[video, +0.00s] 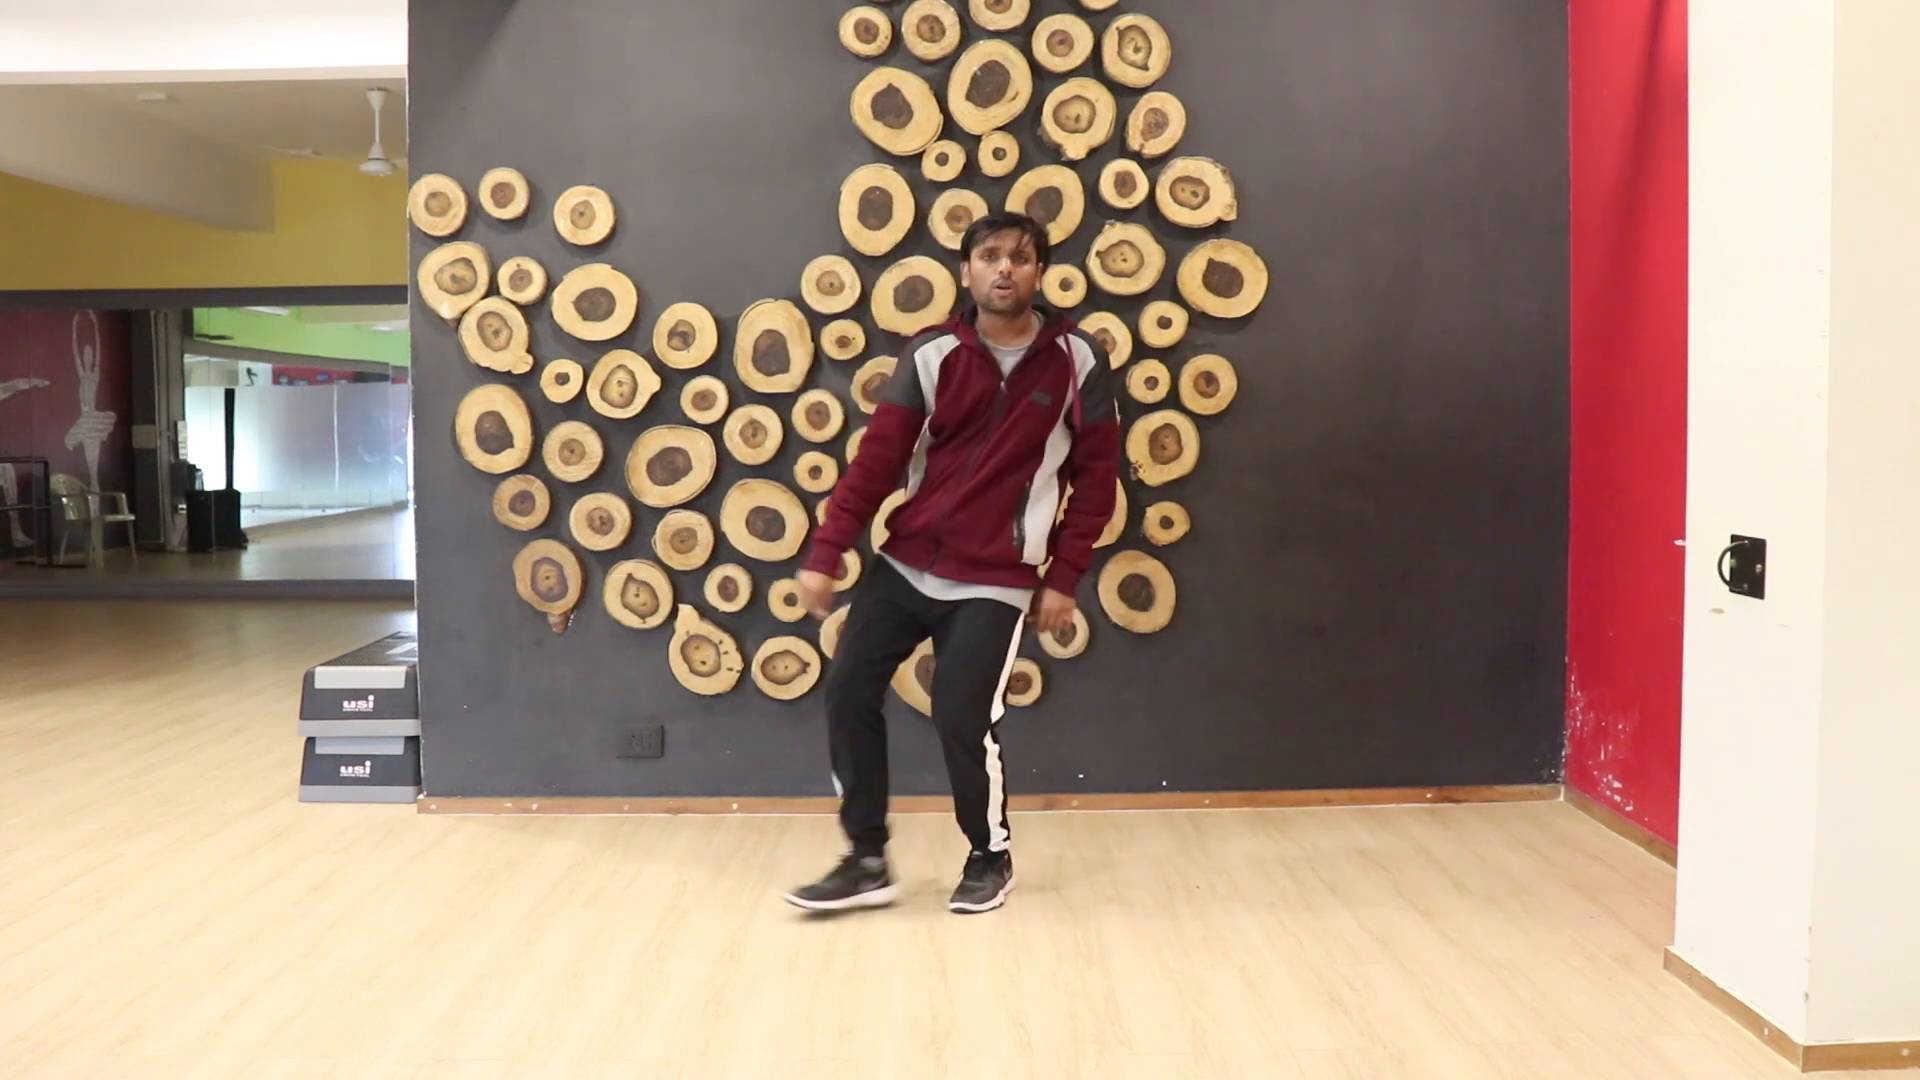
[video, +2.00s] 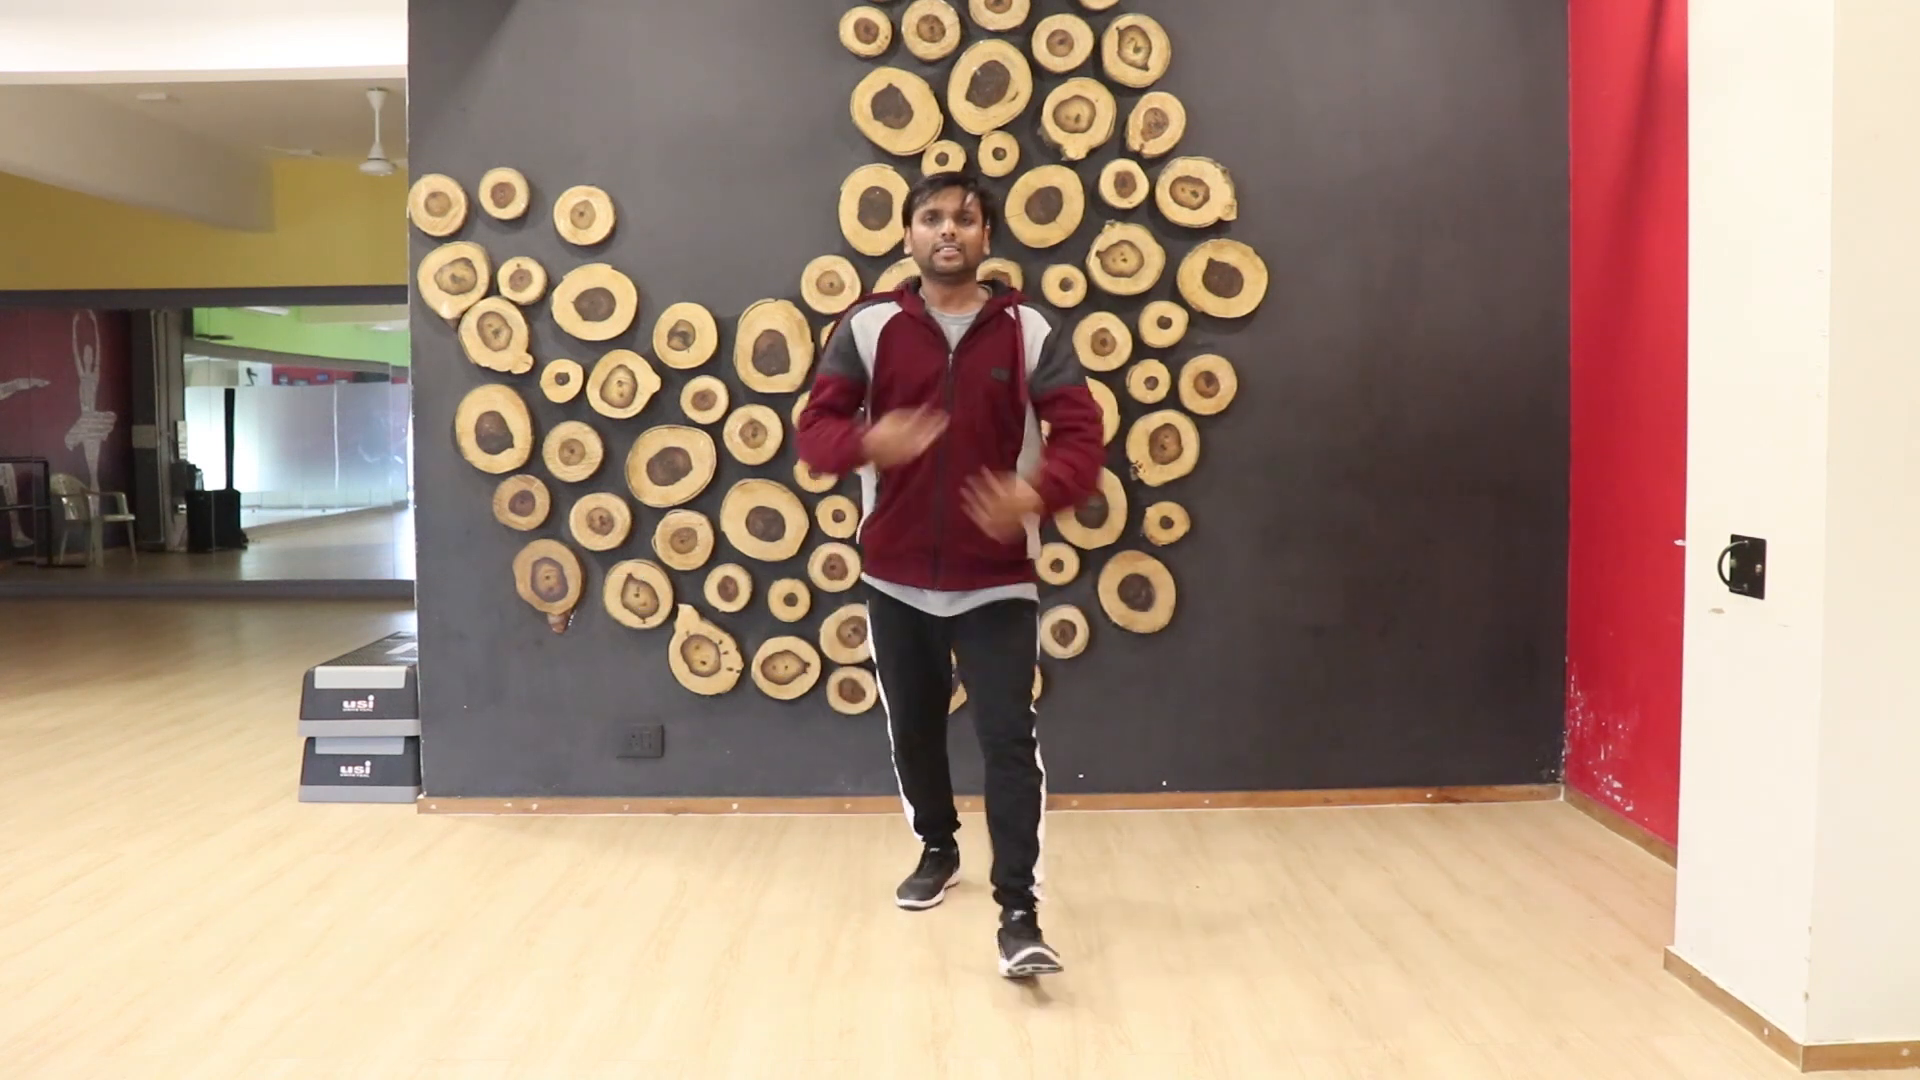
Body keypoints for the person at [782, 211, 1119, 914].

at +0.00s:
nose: (1006, 269)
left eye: (1020, 258)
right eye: (991, 257)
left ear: (1039, 273)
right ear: (968, 272)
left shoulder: (1074, 362)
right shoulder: (932, 355)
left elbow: (1098, 474)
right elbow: (877, 458)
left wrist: (1064, 578)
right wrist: (823, 556)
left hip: (996, 580)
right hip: (908, 564)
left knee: (960, 715)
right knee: (849, 688)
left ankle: (988, 857)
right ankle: (866, 859)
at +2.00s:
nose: (949, 230)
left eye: (965, 218)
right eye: (933, 217)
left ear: (987, 237)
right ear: (908, 237)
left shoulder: (1027, 329)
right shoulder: (867, 325)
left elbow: (1081, 434)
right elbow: (815, 435)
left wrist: (1034, 492)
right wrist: (869, 441)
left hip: (997, 576)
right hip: (896, 575)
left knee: (1009, 737)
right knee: (911, 730)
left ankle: (1019, 913)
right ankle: (936, 847)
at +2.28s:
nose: (965, 214)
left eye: (982, 203)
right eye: (949, 201)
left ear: (1007, 222)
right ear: (922, 217)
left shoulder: (1030, 305)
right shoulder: (880, 293)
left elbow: (1065, 394)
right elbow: (811, 392)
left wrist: (974, 313)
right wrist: (905, 324)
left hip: (1018, 563)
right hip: (913, 563)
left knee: (1037, 749)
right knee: (977, 731)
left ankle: (1028, 931)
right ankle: (982, 887)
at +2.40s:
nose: (965, 211)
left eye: (981, 199)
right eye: (946, 198)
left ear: (1001, 220)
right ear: (914, 215)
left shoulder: (1044, 312)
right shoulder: (864, 306)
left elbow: (1161, 351)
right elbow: (776, 375)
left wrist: (1087, 279)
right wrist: (804, 301)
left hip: (1002, 572)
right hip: (894, 563)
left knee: (1030, 762)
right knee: (923, 717)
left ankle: (1033, 941)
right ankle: (884, 882)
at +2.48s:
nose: (958, 217)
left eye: (970, 203)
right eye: (937, 204)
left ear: (987, 219)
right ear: (899, 221)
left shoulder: (1039, 313)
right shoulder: (866, 316)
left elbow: (1145, 305)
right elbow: (808, 453)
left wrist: (1079, 239)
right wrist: (828, 348)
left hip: (999, 584)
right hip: (887, 578)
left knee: (1021, 762)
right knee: (860, 743)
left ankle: (1035, 945)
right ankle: (766, 909)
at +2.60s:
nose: (922, 229)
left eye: (927, 214)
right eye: (900, 215)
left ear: (935, 225)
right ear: (851, 231)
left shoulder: (935, 311)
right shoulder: (846, 330)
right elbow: (913, 415)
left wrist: (1000, 296)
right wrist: (926, 313)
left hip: (995, 604)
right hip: (890, 608)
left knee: (1055, 783)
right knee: (807, 778)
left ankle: (1036, 938)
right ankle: (698, 928)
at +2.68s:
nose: (923, 231)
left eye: (928, 216)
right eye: (903, 216)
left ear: (931, 225)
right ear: (850, 227)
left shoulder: (917, 314)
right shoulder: (836, 327)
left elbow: (947, 387)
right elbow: (878, 414)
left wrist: (942, 318)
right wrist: (895, 309)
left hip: (993, 602)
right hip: (893, 611)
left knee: (1068, 773)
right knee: (820, 781)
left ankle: (1043, 940)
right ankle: (697, 928)